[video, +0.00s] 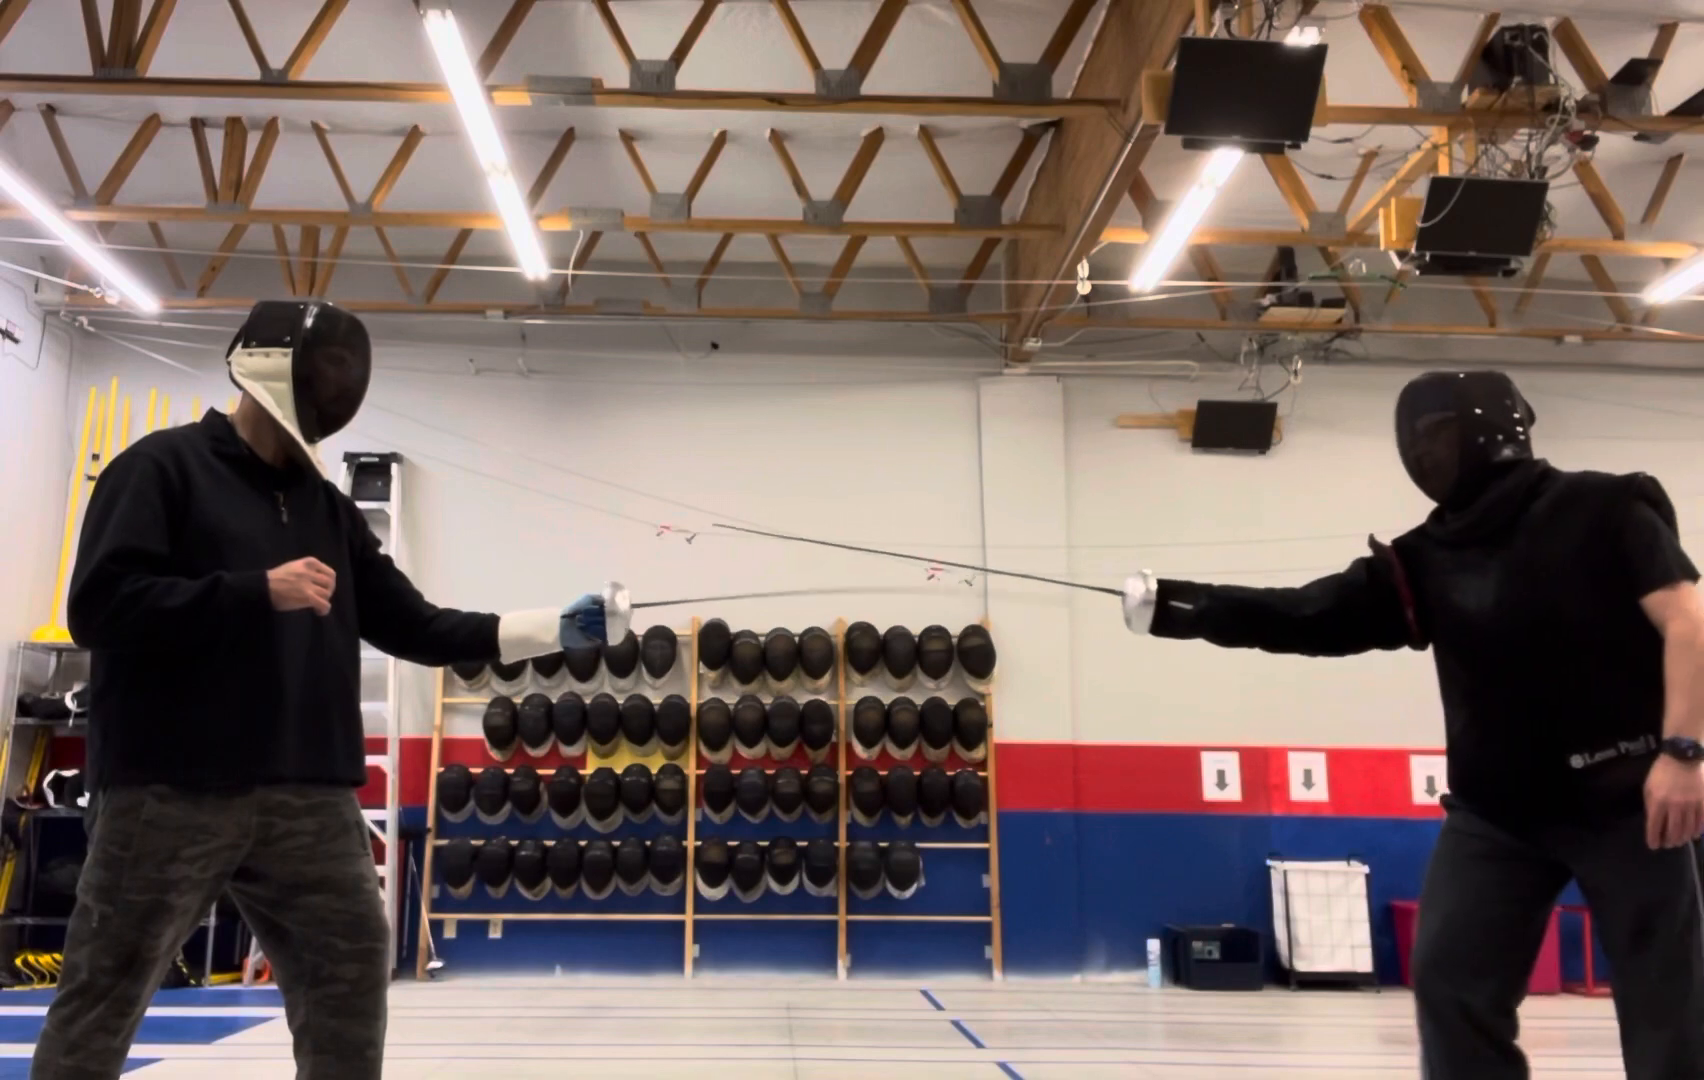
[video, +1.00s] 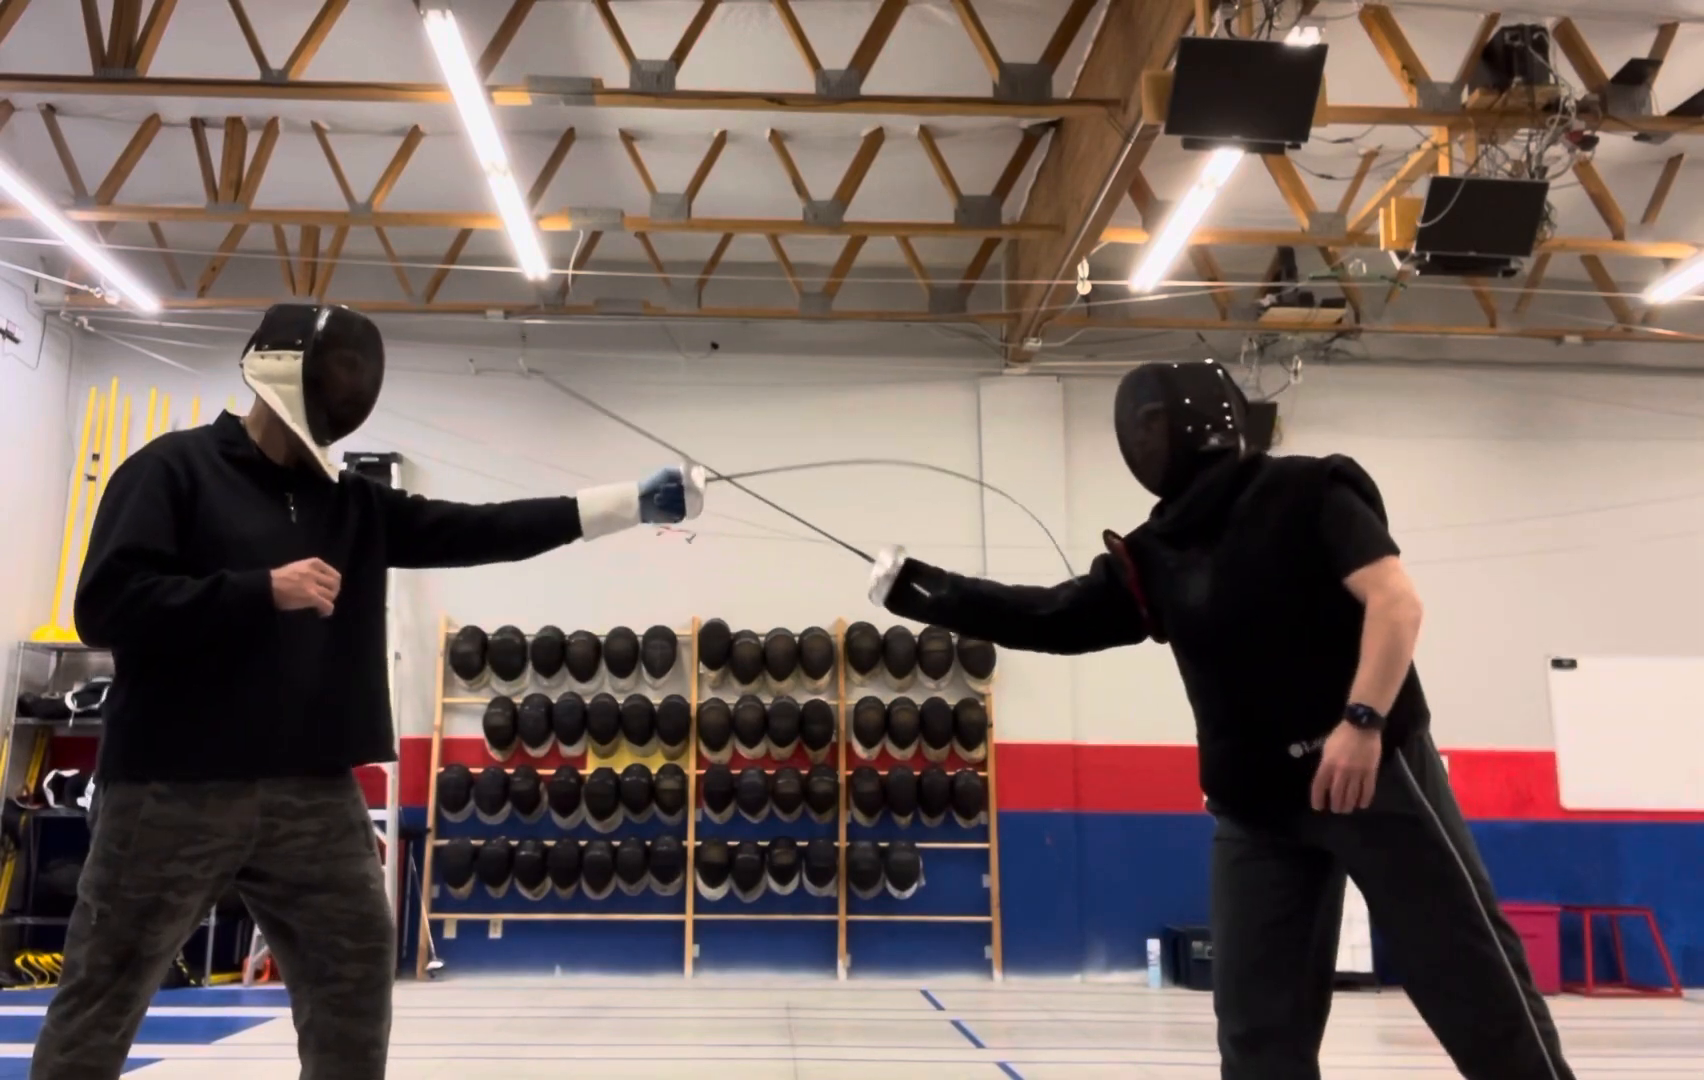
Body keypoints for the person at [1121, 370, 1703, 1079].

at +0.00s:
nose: (1417, 457)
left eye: (1428, 437)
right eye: (1411, 442)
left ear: (1477, 431)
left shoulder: (1607, 510)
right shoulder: (1426, 561)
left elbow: (1686, 619)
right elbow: (1310, 614)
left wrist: (1683, 750)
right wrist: (1178, 607)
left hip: (1627, 806)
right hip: (1495, 818)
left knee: (1668, 1021)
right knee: (1453, 994)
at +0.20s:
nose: (1356, 468)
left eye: (1365, 448)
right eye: (1353, 454)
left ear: (1410, 441)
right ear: (1426, 440)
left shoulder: (1546, 518)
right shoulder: (1370, 570)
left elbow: (1628, 633)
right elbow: (1257, 626)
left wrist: (1638, 762)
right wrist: (1131, 618)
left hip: (1575, 817)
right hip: (1445, 834)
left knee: (1641, 1043)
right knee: (1388, 1039)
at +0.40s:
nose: (1253, 463)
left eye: (1263, 440)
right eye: (1248, 446)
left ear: (1312, 431)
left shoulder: (1436, 511)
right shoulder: (1273, 570)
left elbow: (1516, 629)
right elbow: (1170, 642)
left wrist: (1535, 758)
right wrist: (1035, 630)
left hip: (1467, 810)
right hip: (1342, 828)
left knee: (1574, 1033)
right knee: (1304, 1051)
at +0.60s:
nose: (1163, 439)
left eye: (1171, 420)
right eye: (1162, 425)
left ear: (1212, 421)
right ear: (1241, 424)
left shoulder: (1342, 491)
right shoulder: (1183, 556)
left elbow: (1421, 609)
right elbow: (1082, 622)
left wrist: (1394, 726)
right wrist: (955, 609)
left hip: (1398, 782)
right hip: (1280, 809)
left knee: (1504, 994)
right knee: (1277, 1039)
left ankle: (1568, 1075)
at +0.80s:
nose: (1129, 443)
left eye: (1134, 424)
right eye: (1129, 427)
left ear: (1167, 428)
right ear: (1209, 423)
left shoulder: (1301, 488)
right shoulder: (1145, 555)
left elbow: (1384, 603)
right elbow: (1034, 604)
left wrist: (1343, 720)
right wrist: (913, 575)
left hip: (1372, 783)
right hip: (1250, 812)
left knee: (1471, 982)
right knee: (1260, 1038)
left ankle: (1536, 1076)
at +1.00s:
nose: (1138, 445)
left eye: (1145, 425)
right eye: (1135, 431)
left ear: (1185, 425)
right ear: (1209, 426)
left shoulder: (1313, 490)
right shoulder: (1156, 558)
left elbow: (1398, 605)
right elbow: (1052, 615)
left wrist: (1364, 722)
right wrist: (928, 592)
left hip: (1381, 786)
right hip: (1258, 813)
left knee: (1479, 994)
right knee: (1260, 1041)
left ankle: (1537, 1075)